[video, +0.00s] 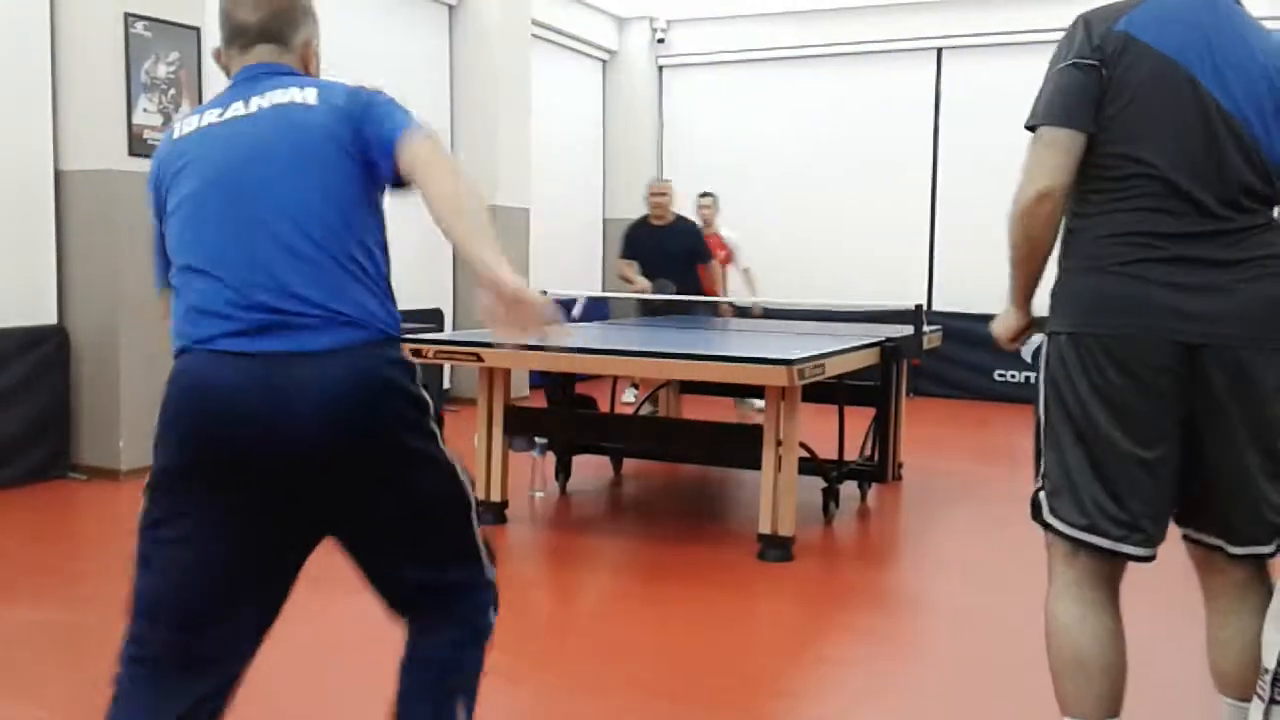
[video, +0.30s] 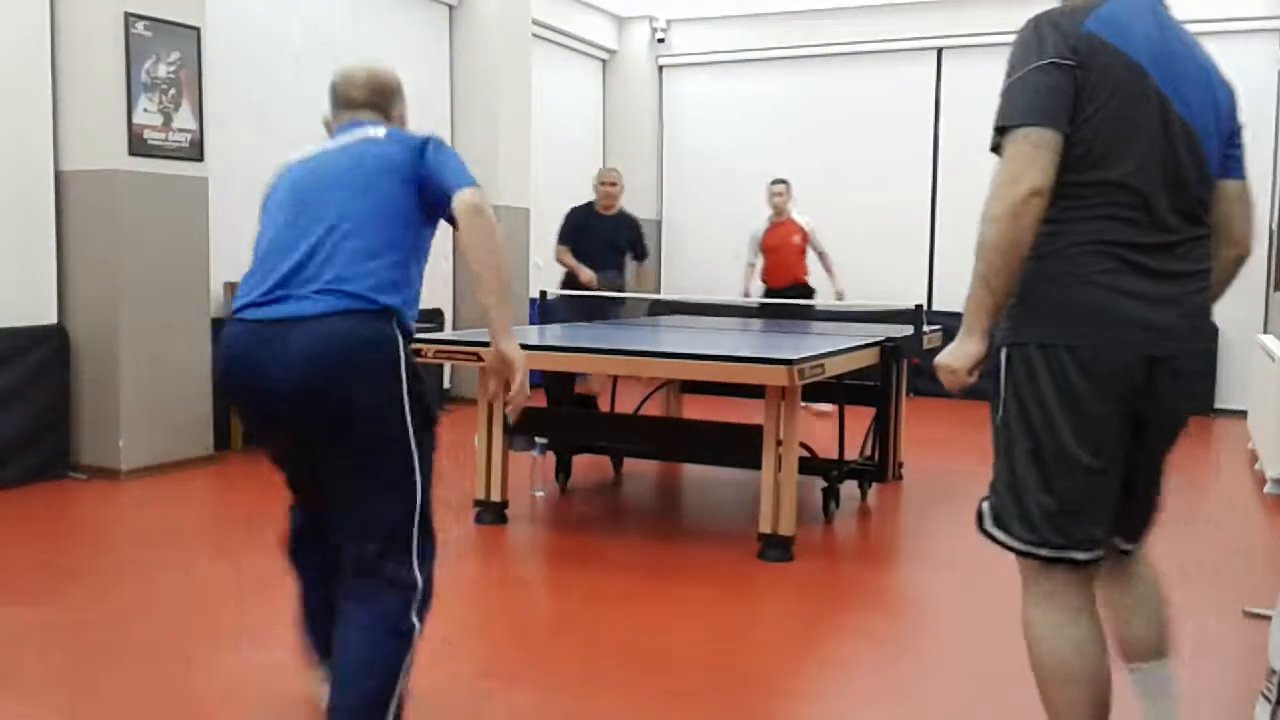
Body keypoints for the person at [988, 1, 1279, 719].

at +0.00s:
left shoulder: (1103, 31)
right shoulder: (1269, 49)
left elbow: (1042, 190)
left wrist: (1019, 301)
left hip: (1111, 330)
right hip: (1251, 335)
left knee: (1084, 565)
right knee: (1235, 557)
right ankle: (1244, 712)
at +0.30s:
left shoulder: (1061, 32)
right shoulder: (1207, 74)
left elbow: (1025, 187)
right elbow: (1234, 237)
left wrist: (974, 328)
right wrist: (1168, 312)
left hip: (1068, 343)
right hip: (1176, 350)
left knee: (1053, 568)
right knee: (1117, 547)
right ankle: (1163, 709)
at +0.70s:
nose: (942, 11)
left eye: (945, 3)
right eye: (944, 5)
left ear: (967, 0)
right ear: (1018, 4)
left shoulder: (958, 55)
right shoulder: (1078, 89)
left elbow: (939, 204)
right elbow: (1127, 240)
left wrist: (898, 344)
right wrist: (1128, 363)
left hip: (985, 340)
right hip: (1059, 339)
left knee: (1012, 568)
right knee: (925, 482)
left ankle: (1069, 714)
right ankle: (864, 653)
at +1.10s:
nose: (773, 57)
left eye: (773, 46)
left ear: (777, 51)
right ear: (839, 55)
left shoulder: (757, 110)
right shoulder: (872, 133)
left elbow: (726, 231)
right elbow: (925, 259)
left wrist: (695, 340)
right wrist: (924, 361)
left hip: (804, 345)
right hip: (883, 343)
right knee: (833, 506)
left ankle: (932, 672)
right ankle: (823, 661)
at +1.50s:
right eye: (625, 77)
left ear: (571, 78)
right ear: (631, 82)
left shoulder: (534, 142)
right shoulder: (658, 155)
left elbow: (478, 262)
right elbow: (704, 277)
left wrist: (513, 325)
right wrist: (659, 322)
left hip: (543, 359)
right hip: (642, 360)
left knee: (453, 484)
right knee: (716, 488)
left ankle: (410, 649)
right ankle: (801, 640)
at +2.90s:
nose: (163, 2)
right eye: (160, 0)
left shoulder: (38, 54)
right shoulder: (137, 64)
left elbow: (21, 190)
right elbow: (153, 218)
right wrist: (204, 318)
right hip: (78, 314)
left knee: (130, 471)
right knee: (48, 514)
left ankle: (122, 645)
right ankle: (22, 704)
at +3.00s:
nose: (160, 2)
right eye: (157, 0)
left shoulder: (34, 57)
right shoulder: (137, 66)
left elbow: (22, 196)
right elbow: (149, 218)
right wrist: (192, 328)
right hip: (78, 313)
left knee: (141, 469)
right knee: (49, 518)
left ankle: (128, 644)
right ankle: (22, 704)